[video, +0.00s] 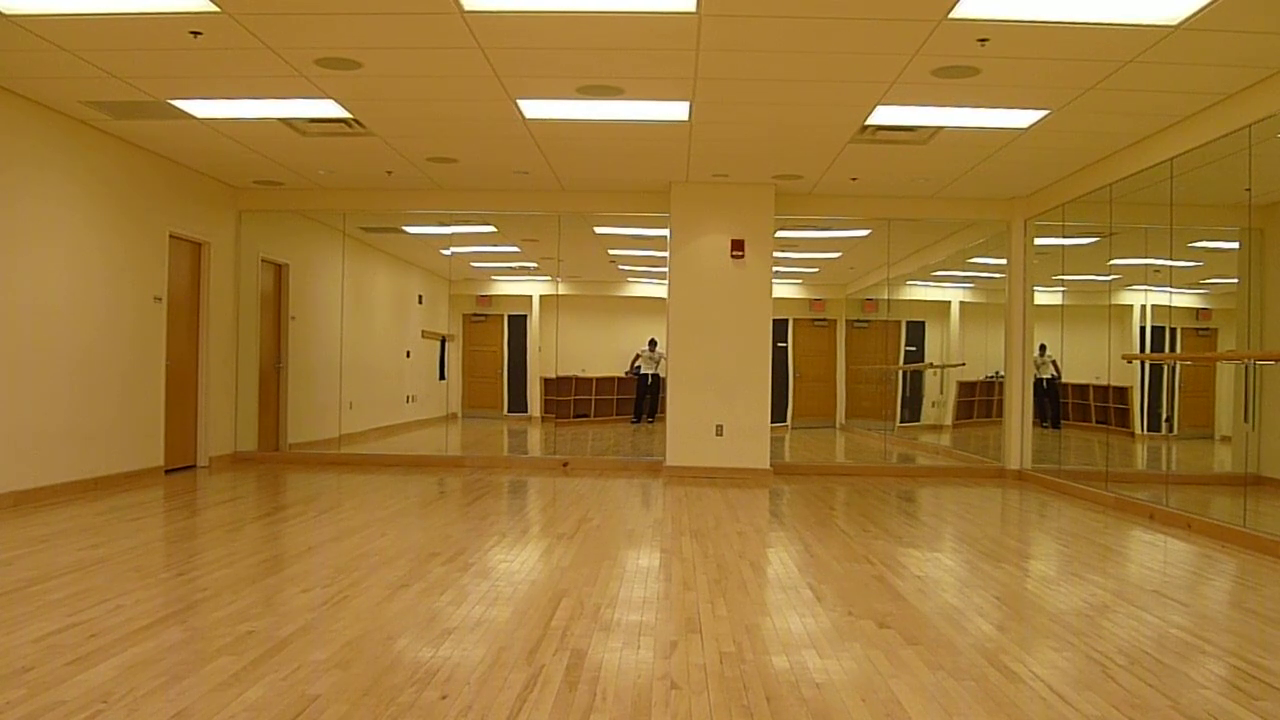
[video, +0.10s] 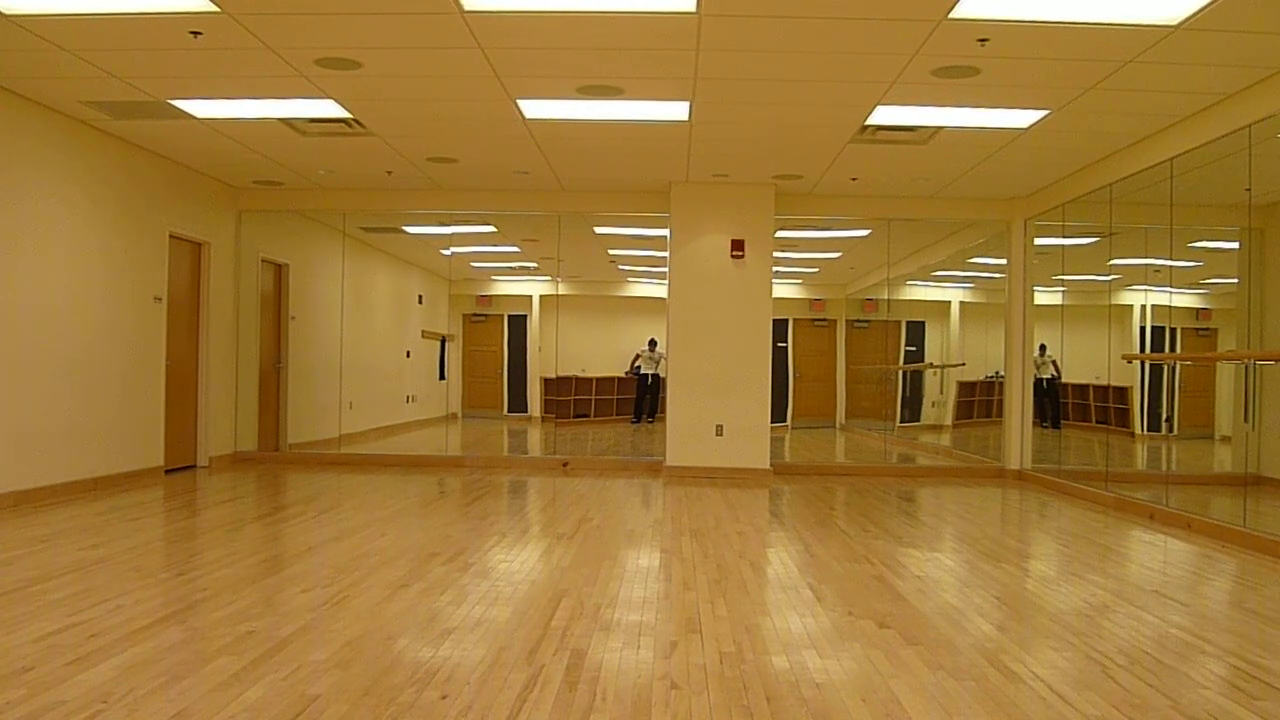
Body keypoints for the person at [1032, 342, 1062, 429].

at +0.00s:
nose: (1042, 352)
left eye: (1043, 350)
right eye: (1041, 350)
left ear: (1046, 350)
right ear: (1039, 350)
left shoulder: (1049, 357)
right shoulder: (1035, 359)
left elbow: (1056, 367)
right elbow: (1034, 368)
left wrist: (1059, 375)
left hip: (1050, 378)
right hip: (1039, 378)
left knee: (1054, 400)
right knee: (1041, 401)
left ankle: (1055, 421)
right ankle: (1043, 421)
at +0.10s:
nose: (1042, 352)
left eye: (1043, 350)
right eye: (1041, 350)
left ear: (1046, 350)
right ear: (1038, 350)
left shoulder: (1050, 357)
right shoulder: (1035, 359)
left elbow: (1056, 367)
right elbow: (1034, 368)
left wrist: (1059, 375)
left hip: (1050, 378)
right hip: (1039, 378)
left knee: (1054, 400)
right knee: (1040, 401)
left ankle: (1055, 421)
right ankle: (1043, 421)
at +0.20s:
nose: (1042, 353)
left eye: (1044, 351)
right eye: (1041, 351)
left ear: (1046, 351)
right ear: (1039, 350)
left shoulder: (1050, 357)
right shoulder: (1035, 359)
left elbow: (1056, 367)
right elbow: (1033, 368)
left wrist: (1059, 375)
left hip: (1050, 378)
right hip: (1039, 378)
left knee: (1054, 400)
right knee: (1040, 401)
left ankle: (1055, 421)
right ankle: (1043, 421)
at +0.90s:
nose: (1044, 352)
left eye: (1046, 351)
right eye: (1043, 350)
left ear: (1048, 351)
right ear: (1041, 350)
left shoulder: (1053, 359)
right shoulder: (1037, 359)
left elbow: (1059, 367)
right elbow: (1034, 369)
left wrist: (1060, 377)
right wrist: (1034, 378)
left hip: (1051, 378)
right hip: (1040, 378)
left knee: (1054, 400)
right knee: (1041, 401)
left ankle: (1055, 422)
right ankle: (1043, 421)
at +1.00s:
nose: (1045, 352)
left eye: (1047, 351)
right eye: (1044, 350)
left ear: (1049, 351)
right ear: (1042, 350)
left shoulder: (1053, 358)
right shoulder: (1038, 358)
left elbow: (1059, 367)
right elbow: (1034, 368)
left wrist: (1060, 376)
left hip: (1051, 378)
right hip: (1040, 378)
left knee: (1054, 400)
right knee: (1041, 401)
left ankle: (1055, 422)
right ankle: (1043, 421)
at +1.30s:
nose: (1052, 353)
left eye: (1054, 351)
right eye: (1051, 350)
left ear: (1057, 352)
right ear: (1049, 350)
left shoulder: (1059, 358)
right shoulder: (1043, 358)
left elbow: (1062, 367)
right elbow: (1035, 367)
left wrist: (1060, 376)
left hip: (1052, 379)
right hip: (1041, 379)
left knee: (1055, 401)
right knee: (1041, 400)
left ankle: (1055, 422)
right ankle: (1043, 420)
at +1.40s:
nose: (1055, 353)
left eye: (1058, 352)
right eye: (1054, 351)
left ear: (1060, 352)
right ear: (1052, 350)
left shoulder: (1060, 359)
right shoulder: (1045, 357)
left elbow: (1061, 367)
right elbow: (1037, 364)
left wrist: (1060, 376)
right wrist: (1035, 371)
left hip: (1052, 379)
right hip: (1042, 379)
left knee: (1055, 401)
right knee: (1041, 400)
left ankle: (1055, 422)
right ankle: (1043, 420)